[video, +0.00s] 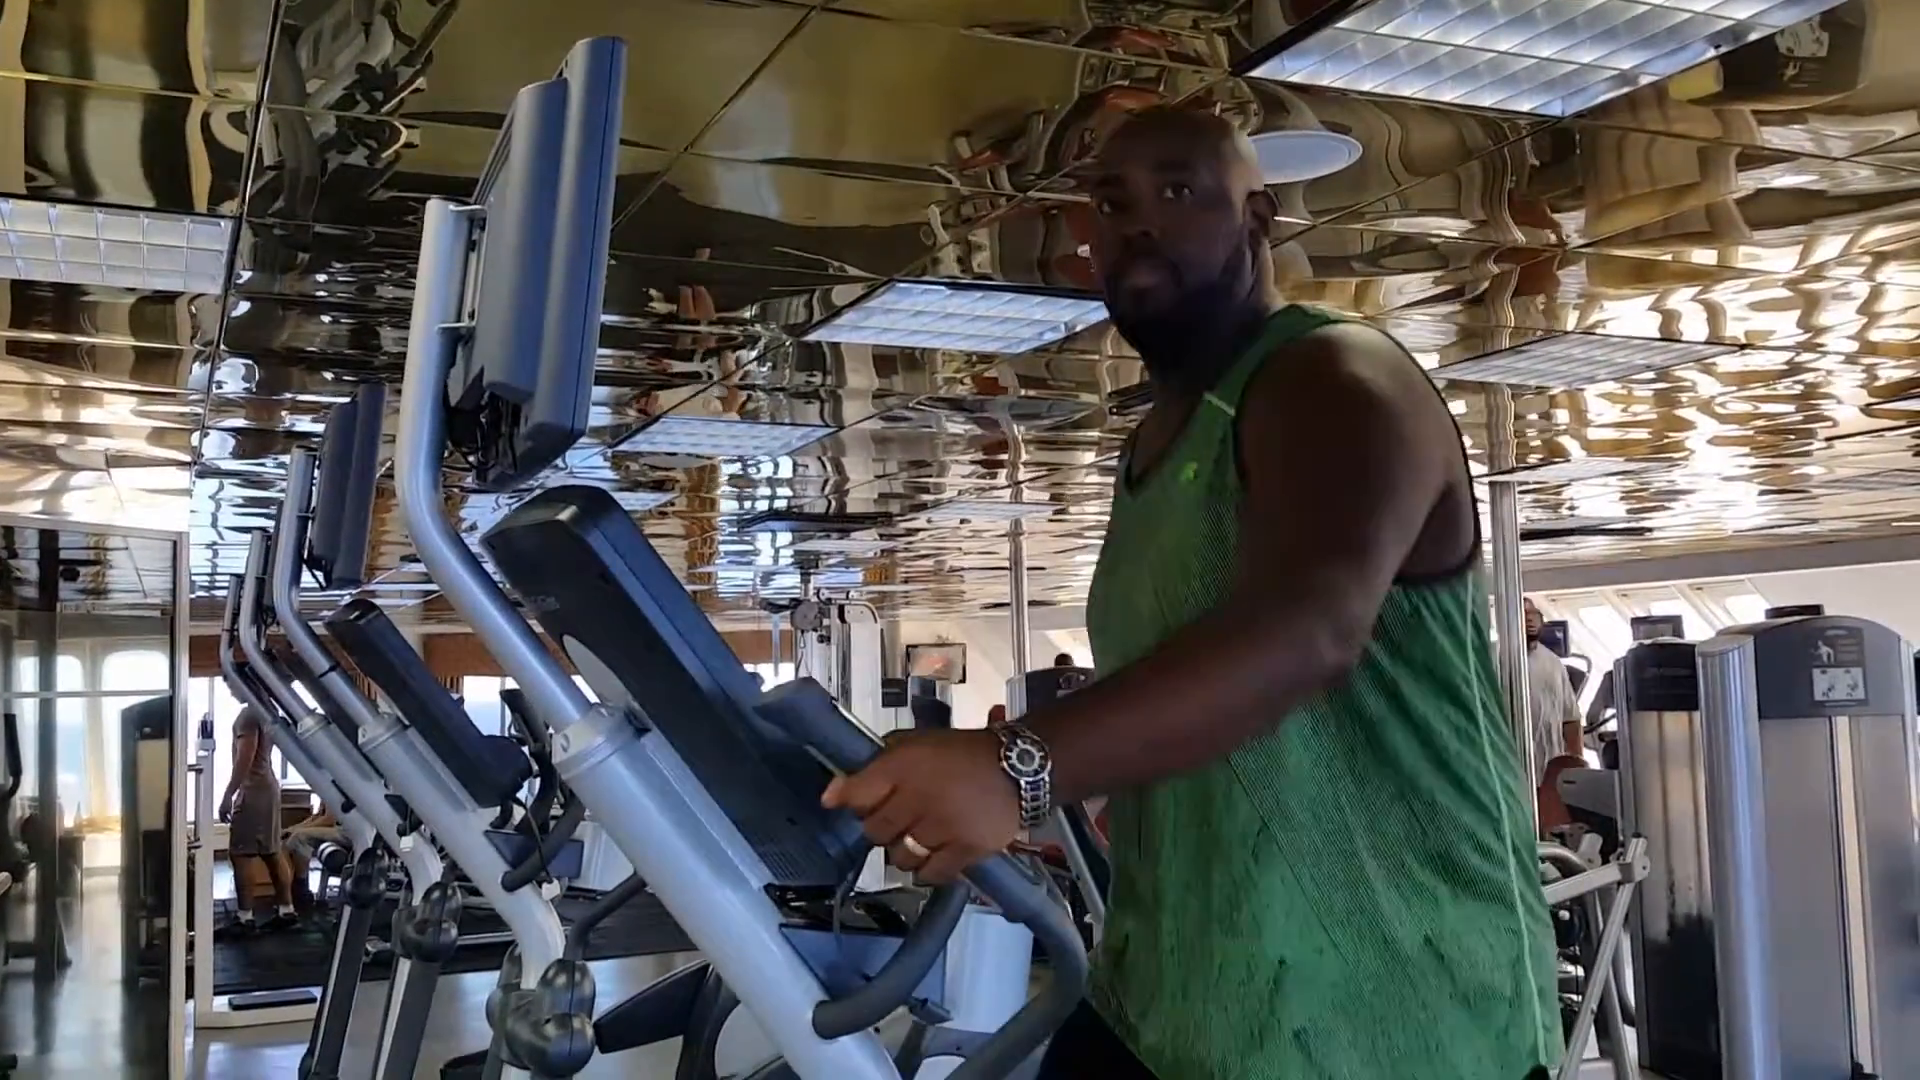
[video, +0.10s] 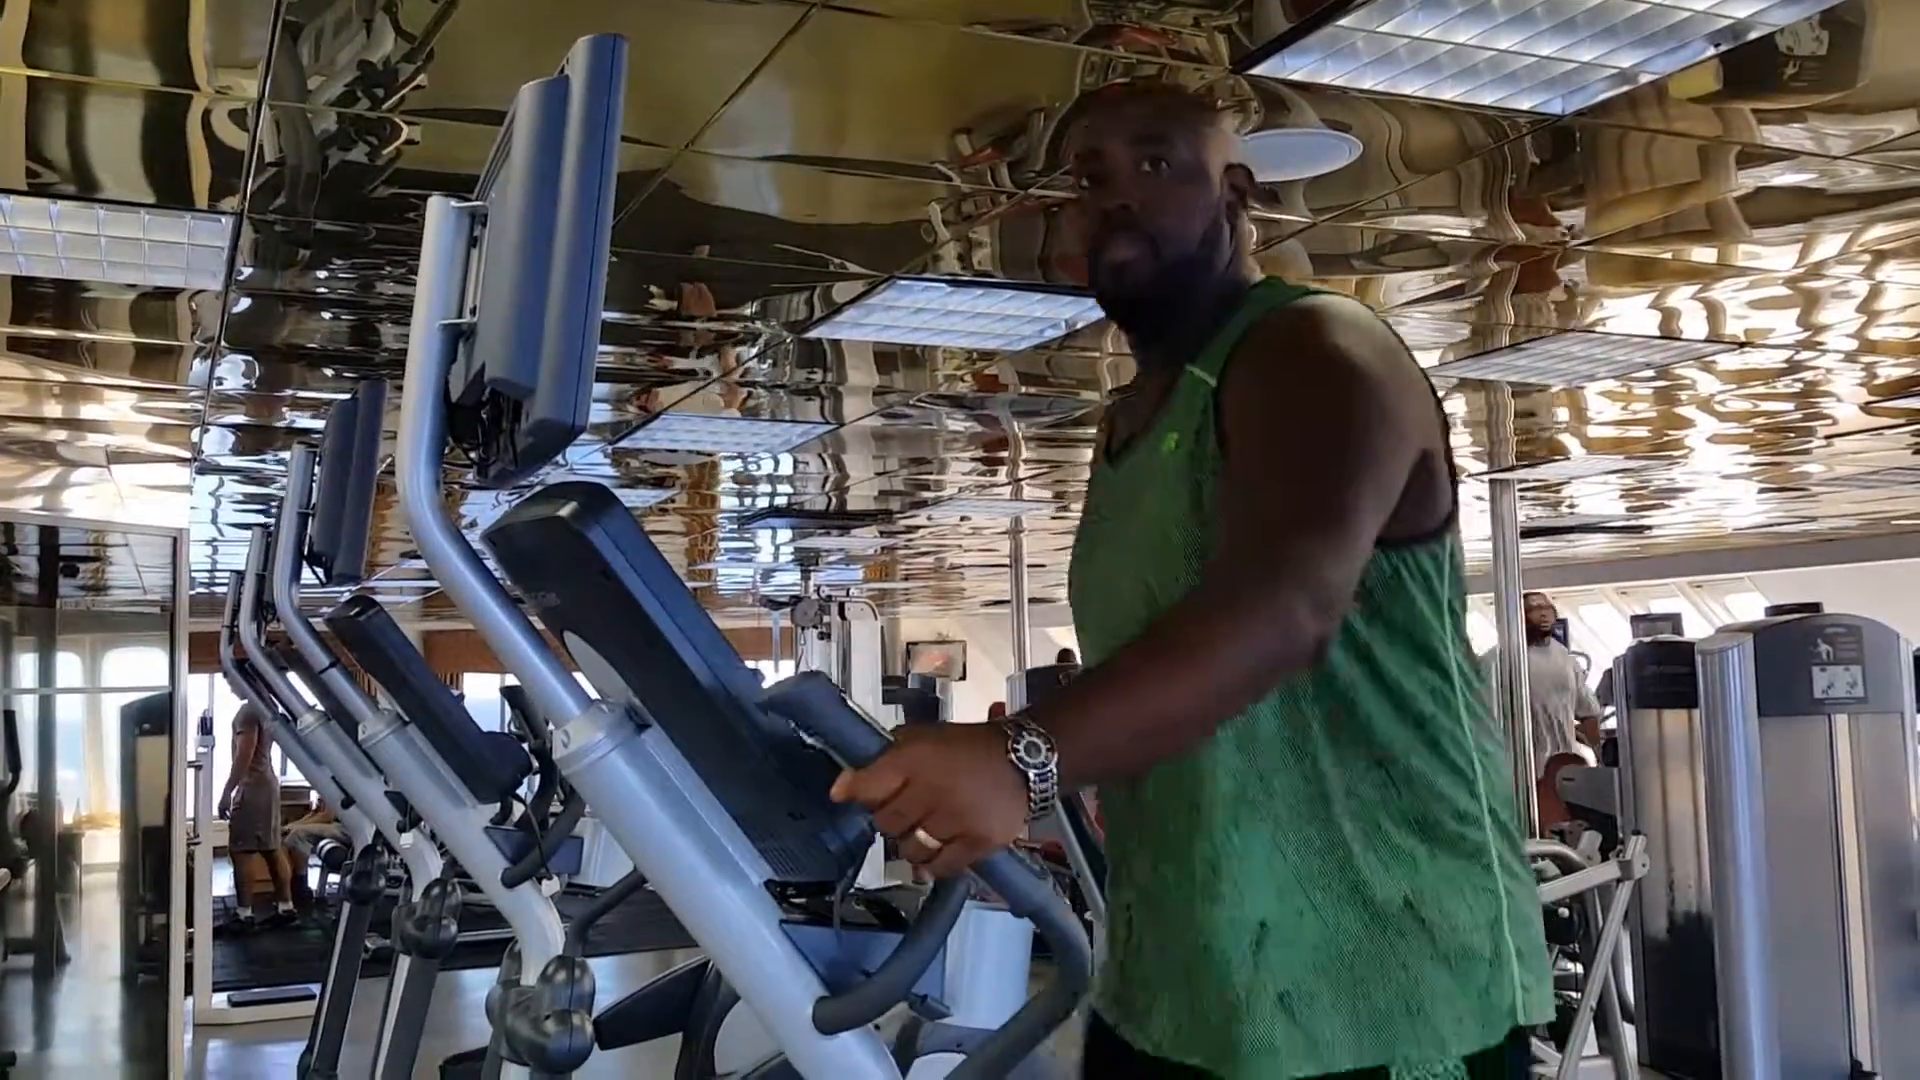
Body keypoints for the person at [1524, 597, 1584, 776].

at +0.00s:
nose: (1529, 618)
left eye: (1534, 613)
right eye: (1523, 613)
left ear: (1541, 621)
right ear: (1513, 620)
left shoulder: (1552, 662)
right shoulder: (1497, 656)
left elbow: (1571, 719)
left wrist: (1574, 764)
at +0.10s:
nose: (1544, 615)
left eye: (1548, 608)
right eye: (1535, 609)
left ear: (1555, 614)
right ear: (1519, 616)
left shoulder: (1566, 660)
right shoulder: (1498, 660)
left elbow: (1589, 714)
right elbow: (1487, 717)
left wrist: (1599, 757)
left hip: (1565, 764)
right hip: (1517, 768)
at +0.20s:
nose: (1556, 613)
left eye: (1560, 607)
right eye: (1547, 608)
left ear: (1567, 614)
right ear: (1531, 615)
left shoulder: (1581, 656)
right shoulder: (1519, 656)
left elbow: (1603, 713)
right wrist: (1523, 753)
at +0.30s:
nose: (1566, 616)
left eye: (1570, 610)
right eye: (1557, 611)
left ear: (1577, 615)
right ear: (1541, 617)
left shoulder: (1596, 660)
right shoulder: (1524, 654)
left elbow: (1608, 712)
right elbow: (1508, 707)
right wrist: (1528, 752)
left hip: (1586, 767)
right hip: (1536, 768)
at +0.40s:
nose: (1578, 618)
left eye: (1583, 612)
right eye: (1570, 612)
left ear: (1590, 617)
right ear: (1554, 619)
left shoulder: (1602, 658)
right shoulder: (1535, 660)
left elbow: (1613, 706)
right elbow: (1518, 713)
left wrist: (1610, 745)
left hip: (1597, 761)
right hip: (1551, 763)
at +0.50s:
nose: (1590, 616)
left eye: (1594, 611)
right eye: (1580, 611)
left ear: (1601, 616)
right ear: (1564, 618)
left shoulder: (1613, 656)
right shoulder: (1551, 655)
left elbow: (1627, 704)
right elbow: (1541, 712)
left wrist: (1619, 744)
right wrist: (1561, 745)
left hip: (1609, 759)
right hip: (1565, 761)